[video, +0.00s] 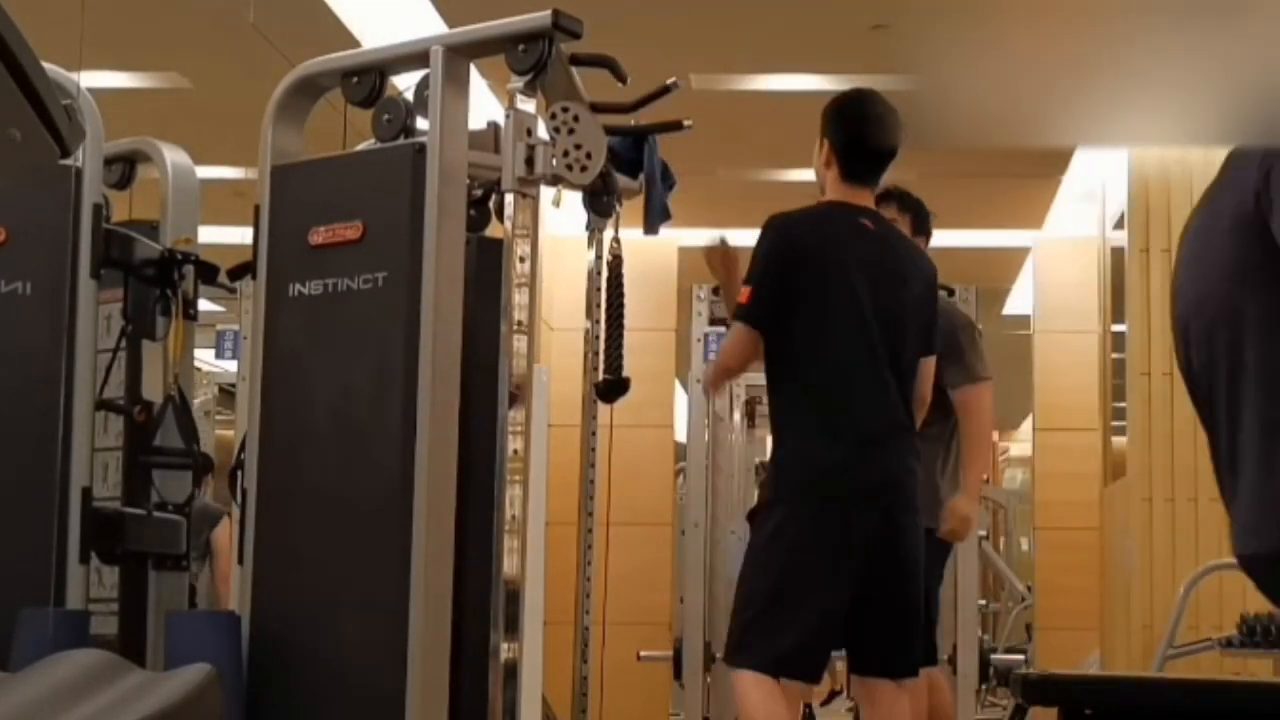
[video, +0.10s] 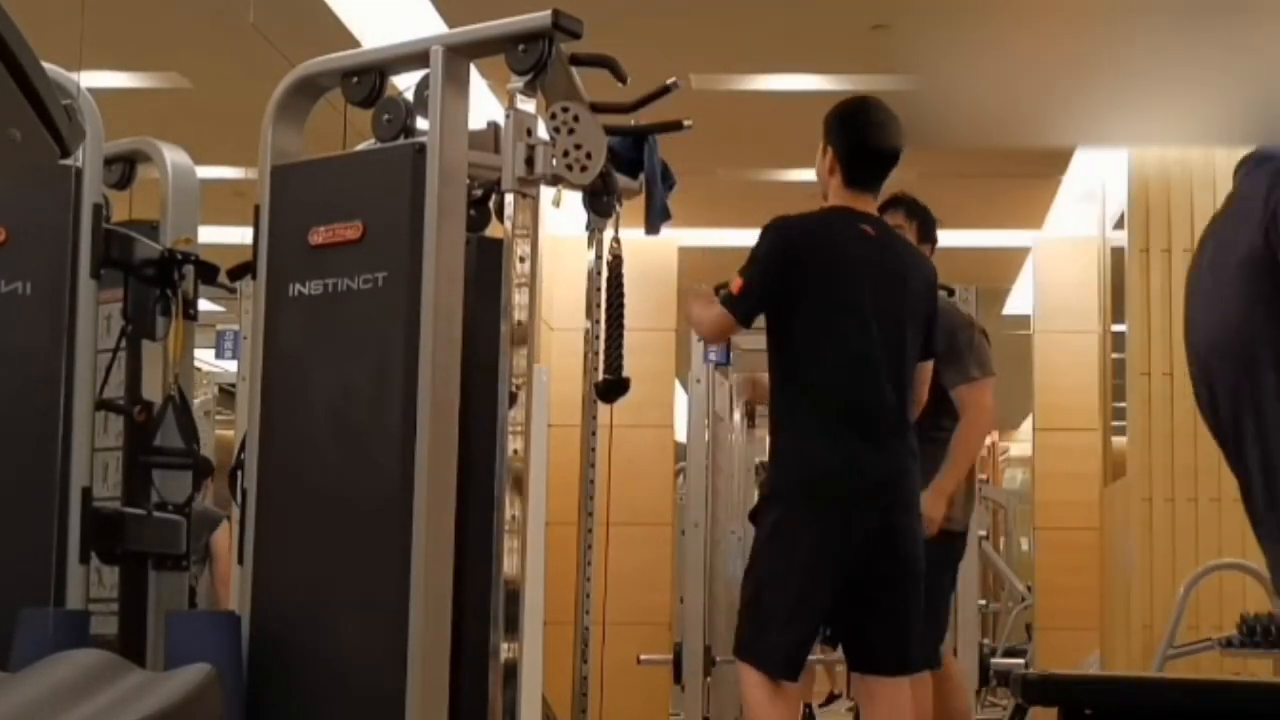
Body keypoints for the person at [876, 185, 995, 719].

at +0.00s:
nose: (881, 241)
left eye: (894, 231)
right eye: (876, 229)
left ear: (921, 242)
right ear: (867, 236)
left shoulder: (945, 321)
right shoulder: (853, 317)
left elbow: (976, 408)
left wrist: (970, 492)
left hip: (924, 506)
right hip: (869, 502)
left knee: (913, 648)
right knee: (900, 648)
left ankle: (938, 711)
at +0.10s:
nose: (889, 247)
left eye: (901, 237)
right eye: (882, 236)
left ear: (926, 247)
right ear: (872, 244)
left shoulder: (946, 321)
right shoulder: (862, 320)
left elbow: (980, 413)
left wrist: (938, 493)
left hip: (931, 512)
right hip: (882, 507)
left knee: (917, 650)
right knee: (928, 649)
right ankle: (958, 713)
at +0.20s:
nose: (890, 252)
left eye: (901, 241)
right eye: (883, 242)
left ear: (927, 250)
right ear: (874, 250)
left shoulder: (949, 320)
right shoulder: (872, 323)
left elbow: (982, 412)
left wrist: (930, 484)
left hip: (949, 511)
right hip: (907, 507)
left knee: (918, 643)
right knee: (947, 643)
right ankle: (966, 713)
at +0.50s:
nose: (887, 250)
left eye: (901, 239)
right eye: (881, 240)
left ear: (930, 255)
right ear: (874, 253)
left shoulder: (960, 313)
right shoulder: (886, 338)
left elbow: (1008, 396)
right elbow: (894, 434)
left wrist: (1001, 493)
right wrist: (893, 510)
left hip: (969, 509)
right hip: (918, 516)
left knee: (976, 642)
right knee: (945, 647)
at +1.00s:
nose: (947, 249)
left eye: (959, 238)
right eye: (947, 239)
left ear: (996, 249)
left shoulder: (1029, 319)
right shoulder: (956, 339)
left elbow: (1036, 408)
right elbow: (935, 426)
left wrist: (954, 468)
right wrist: (882, 476)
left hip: (1024, 520)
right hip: (968, 522)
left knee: (1038, 655)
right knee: (971, 652)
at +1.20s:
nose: (959, 246)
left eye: (972, 234)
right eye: (963, 234)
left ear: (1005, 248)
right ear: (994, 250)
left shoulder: (1041, 322)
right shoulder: (974, 339)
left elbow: (1056, 421)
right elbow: (964, 430)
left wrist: (996, 501)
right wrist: (921, 487)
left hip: (1043, 521)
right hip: (988, 519)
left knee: (1052, 657)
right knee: (978, 652)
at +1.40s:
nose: (967, 247)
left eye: (980, 236)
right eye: (971, 236)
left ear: (1015, 249)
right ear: (997, 249)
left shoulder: (1048, 325)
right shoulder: (989, 335)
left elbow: (1071, 430)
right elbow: (982, 436)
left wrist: (1072, 527)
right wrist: (954, 519)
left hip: (1043, 524)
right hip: (991, 523)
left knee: (1057, 657)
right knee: (965, 638)